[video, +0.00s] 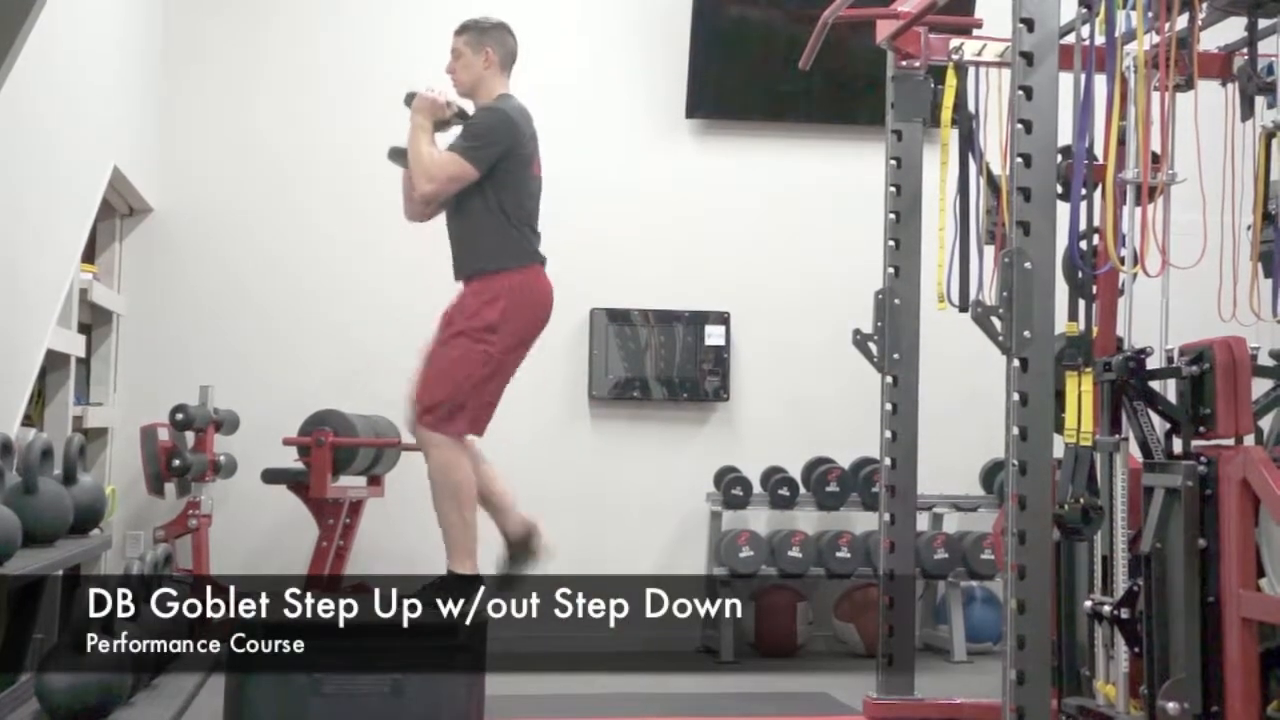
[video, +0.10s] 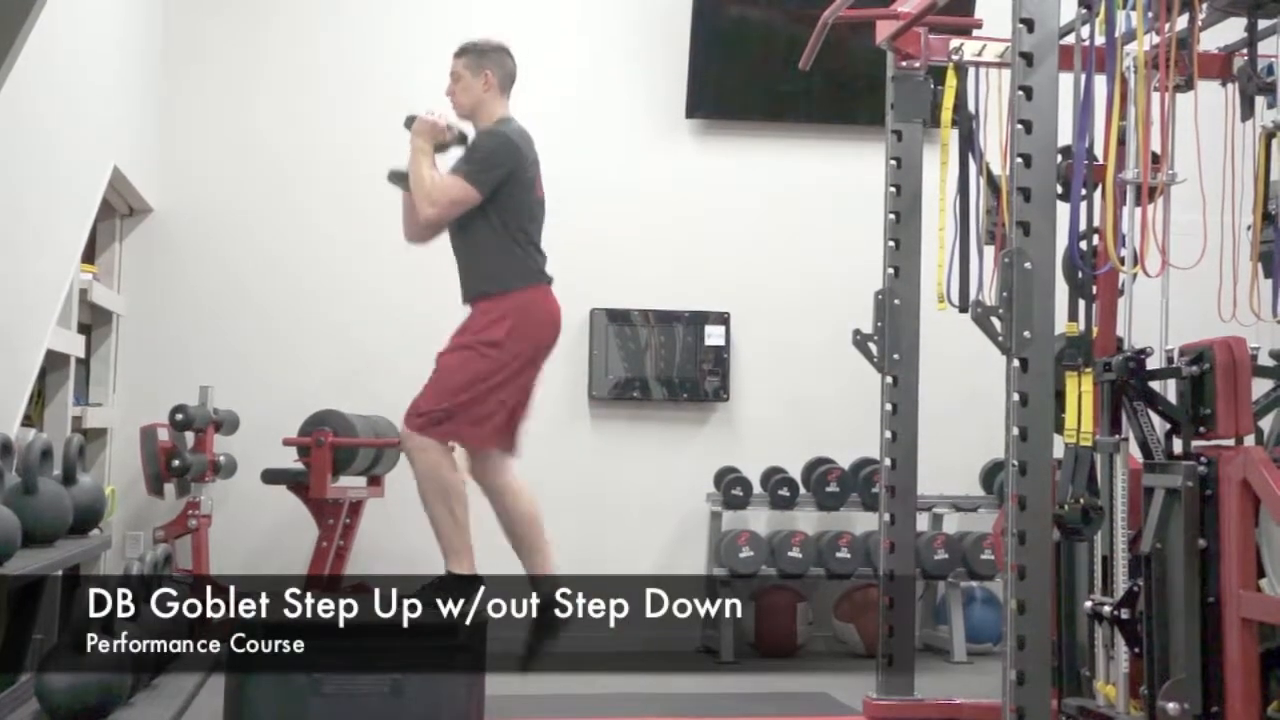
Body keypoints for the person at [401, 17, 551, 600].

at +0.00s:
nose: (448, 67)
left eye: (457, 56)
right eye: (450, 56)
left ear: (489, 58)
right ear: (490, 59)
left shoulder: (503, 118)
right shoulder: (490, 124)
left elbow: (429, 186)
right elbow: (417, 207)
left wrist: (422, 120)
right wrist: (420, 135)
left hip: (505, 290)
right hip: (495, 289)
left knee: (439, 425)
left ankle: (462, 580)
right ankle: (518, 533)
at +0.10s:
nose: (448, 91)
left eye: (456, 80)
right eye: (449, 80)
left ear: (489, 81)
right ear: (490, 82)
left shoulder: (504, 140)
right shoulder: (488, 146)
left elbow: (433, 206)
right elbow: (415, 230)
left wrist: (422, 144)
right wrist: (421, 158)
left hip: (510, 309)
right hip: (518, 310)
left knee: (422, 434)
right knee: (488, 457)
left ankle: (461, 582)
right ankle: (550, 593)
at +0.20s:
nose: (452, 125)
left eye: (460, 114)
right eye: (453, 115)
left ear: (493, 115)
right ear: (493, 116)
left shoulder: (508, 175)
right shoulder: (493, 181)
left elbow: (439, 240)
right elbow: (421, 265)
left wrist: (427, 176)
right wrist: (425, 197)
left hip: (519, 342)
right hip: (537, 343)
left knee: (412, 438)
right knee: (529, 490)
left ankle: (461, 585)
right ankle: (568, 626)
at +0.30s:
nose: (463, 168)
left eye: (472, 156)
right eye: (465, 157)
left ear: (505, 158)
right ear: (502, 159)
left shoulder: (521, 218)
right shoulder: (503, 225)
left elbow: (452, 283)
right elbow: (432, 304)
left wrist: (441, 220)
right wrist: (439, 237)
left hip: (536, 382)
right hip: (556, 386)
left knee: (408, 441)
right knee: (550, 535)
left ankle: (461, 581)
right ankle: (590, 682)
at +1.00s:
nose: (549, 205)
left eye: (558, 195)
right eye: (551, 195)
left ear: (590, 200)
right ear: (586, 201)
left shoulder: (604, 260)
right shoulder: (581, 265)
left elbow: (533, 323)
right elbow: (511, 340)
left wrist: (521, 261)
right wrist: (514, 274)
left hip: (590, 414)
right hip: (596, 419)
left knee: (450, 431)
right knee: (591, 562)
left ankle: (463, 577)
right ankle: (616, 706)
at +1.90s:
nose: (485, 186)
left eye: (495, 176)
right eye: (488, 176)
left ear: (527, 182)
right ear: (523, 182)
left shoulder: (540, 241)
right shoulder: (520, 246)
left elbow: (470, 304)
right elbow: (448, 321)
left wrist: (457, 243)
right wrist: (454, 255)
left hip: (548, 394)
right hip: (567, 400)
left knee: (417, 443)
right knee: (553, 552)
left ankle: (460, 579)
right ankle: (600, 691)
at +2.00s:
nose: (468, 150)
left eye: (477, 140)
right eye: (470, 140)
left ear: (509, 144)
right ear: (508, 144)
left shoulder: (522, 203)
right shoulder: (505, 209)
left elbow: (455, 263)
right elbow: (433, 286)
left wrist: (443, 202)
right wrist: (439, 219)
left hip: (537, 358)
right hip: (559, 363)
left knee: (420, 438)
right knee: (529, 517)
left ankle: (461, 580)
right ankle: (569, 648)